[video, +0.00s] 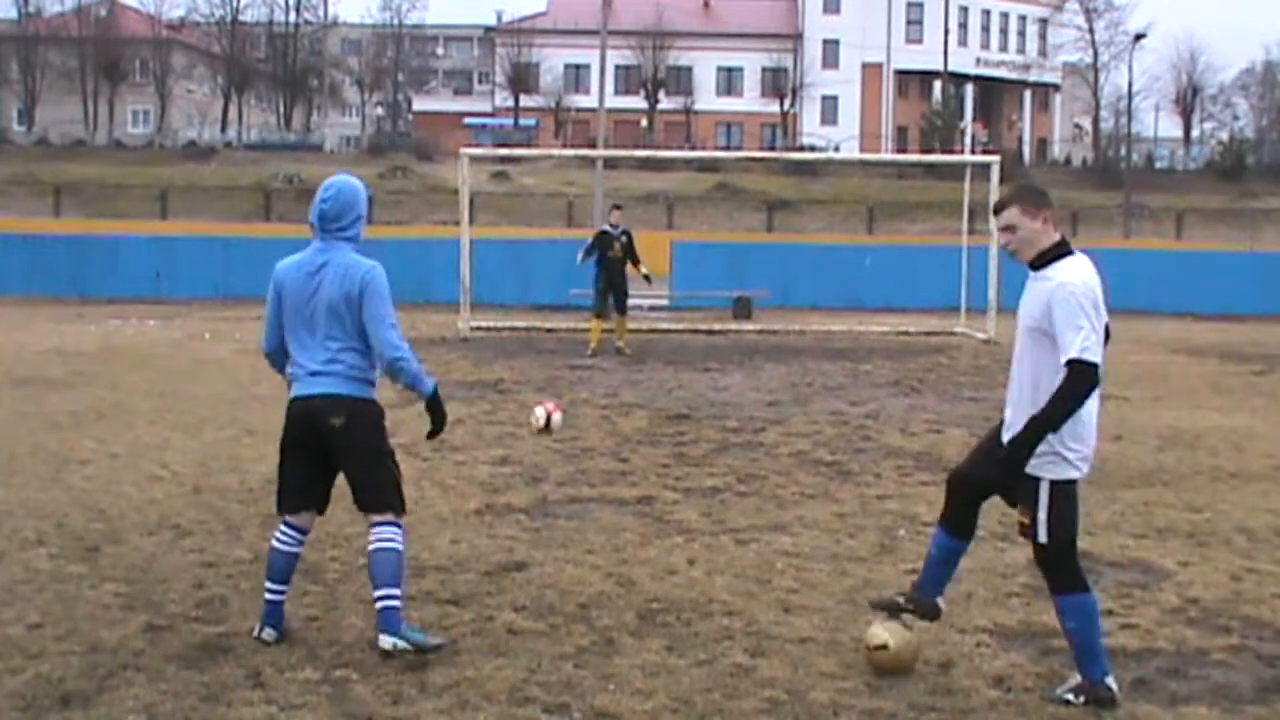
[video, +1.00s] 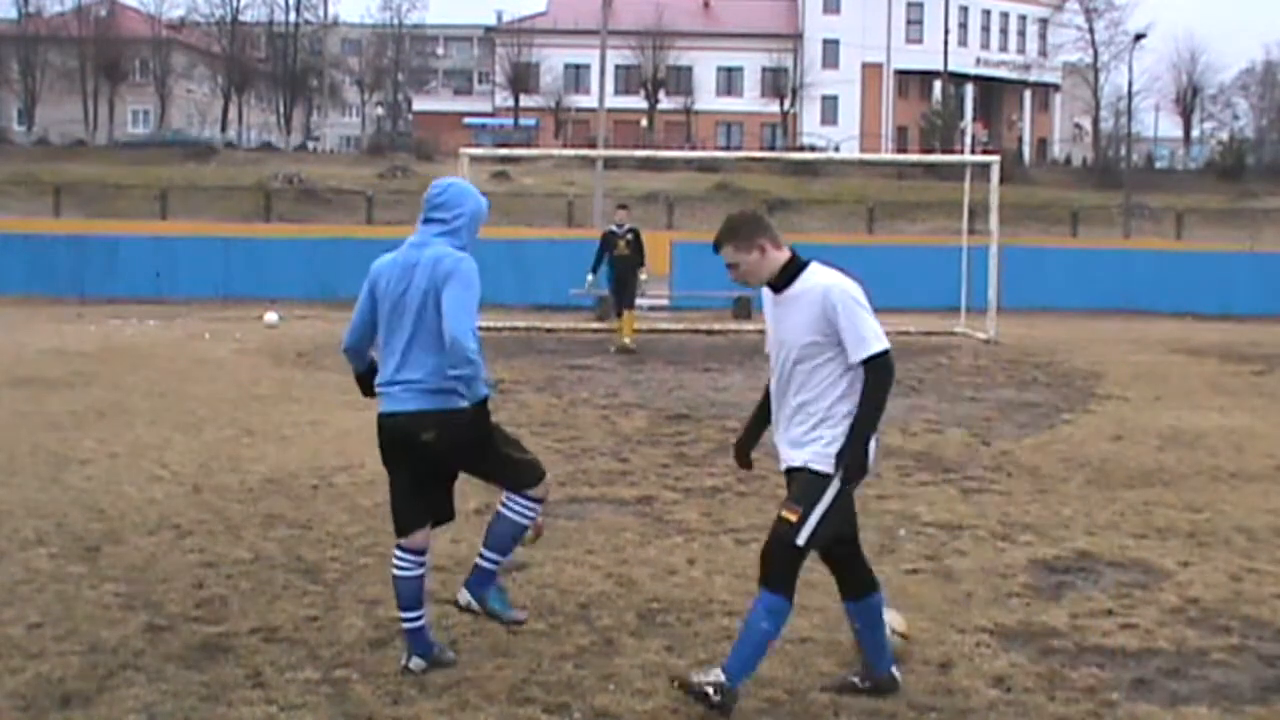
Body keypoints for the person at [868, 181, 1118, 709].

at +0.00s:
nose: (1005, 242)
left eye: (1011, 230)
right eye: (1000, 232)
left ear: (1044, 222)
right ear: (1035, 227)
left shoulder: (1068, 285)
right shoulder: (1049, 273)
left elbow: (1082, 375)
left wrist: (1022, 445)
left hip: (1052, 449)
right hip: (1019, 431)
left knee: (1057, 561)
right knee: (963, 486)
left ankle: (1097, 682)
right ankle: (924, 597)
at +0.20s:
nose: (985, 238)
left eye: (993, 226)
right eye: (979, 230)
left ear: (1024, 220)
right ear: (982, 234)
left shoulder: (1055, 280)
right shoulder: (1006, 279)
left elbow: (1081, 365)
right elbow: (1014, 365)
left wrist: (1022, 428)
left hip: (1032, 451)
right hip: (987, 432)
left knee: (1043, 561)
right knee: (929, 491)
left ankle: (1094, 679)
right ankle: (911, 595)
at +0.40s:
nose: (917, 254)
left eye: (922, 241)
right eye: (913, 245)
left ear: (955, 229)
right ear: (947, 236)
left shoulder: (999, 284)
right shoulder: (964, 285)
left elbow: (1031, 367)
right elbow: (974, 364)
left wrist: (975, 433)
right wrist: (947, 415)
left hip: (997, 456)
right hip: (953, 443)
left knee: (1028, 562)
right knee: (898, 509)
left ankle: (1089, 674)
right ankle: (889, 635)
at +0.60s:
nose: (838, 273)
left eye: (841, 261)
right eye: (833, 264)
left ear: (873, 245)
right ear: (868, 251)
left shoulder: (915, 288)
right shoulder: (894, 294)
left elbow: (943, 371)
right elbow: (928, 375)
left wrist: (904, 446)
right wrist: (905, 444)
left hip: (948, 456)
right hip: (910, 451)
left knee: (951, 569)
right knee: (889, 547)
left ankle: (1050, 653)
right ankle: (882, 670)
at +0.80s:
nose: (784, 274)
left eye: (786, 261)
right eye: (778, 265)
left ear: (814, 241)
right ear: (808, 249)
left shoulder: (874, 278)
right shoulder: (839, 291)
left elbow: (915, 355)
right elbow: (861, 372)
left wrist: (872, 429)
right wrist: (839, 429)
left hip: (897, 444)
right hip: (865, 444)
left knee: (847, 546)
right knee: (865, 548)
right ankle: (881, 658)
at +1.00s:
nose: (733, 276)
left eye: (735, 265)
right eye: (728, 267)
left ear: (763, 248)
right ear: (758, 254)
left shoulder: (834, 290)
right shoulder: (773, 297)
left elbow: (880, 368)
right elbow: (785, 374)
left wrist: (856, 446)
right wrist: (751, 433)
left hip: (832, 457)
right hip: (799, 456)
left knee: (779, 556)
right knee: (845, 559)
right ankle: (880, 671)